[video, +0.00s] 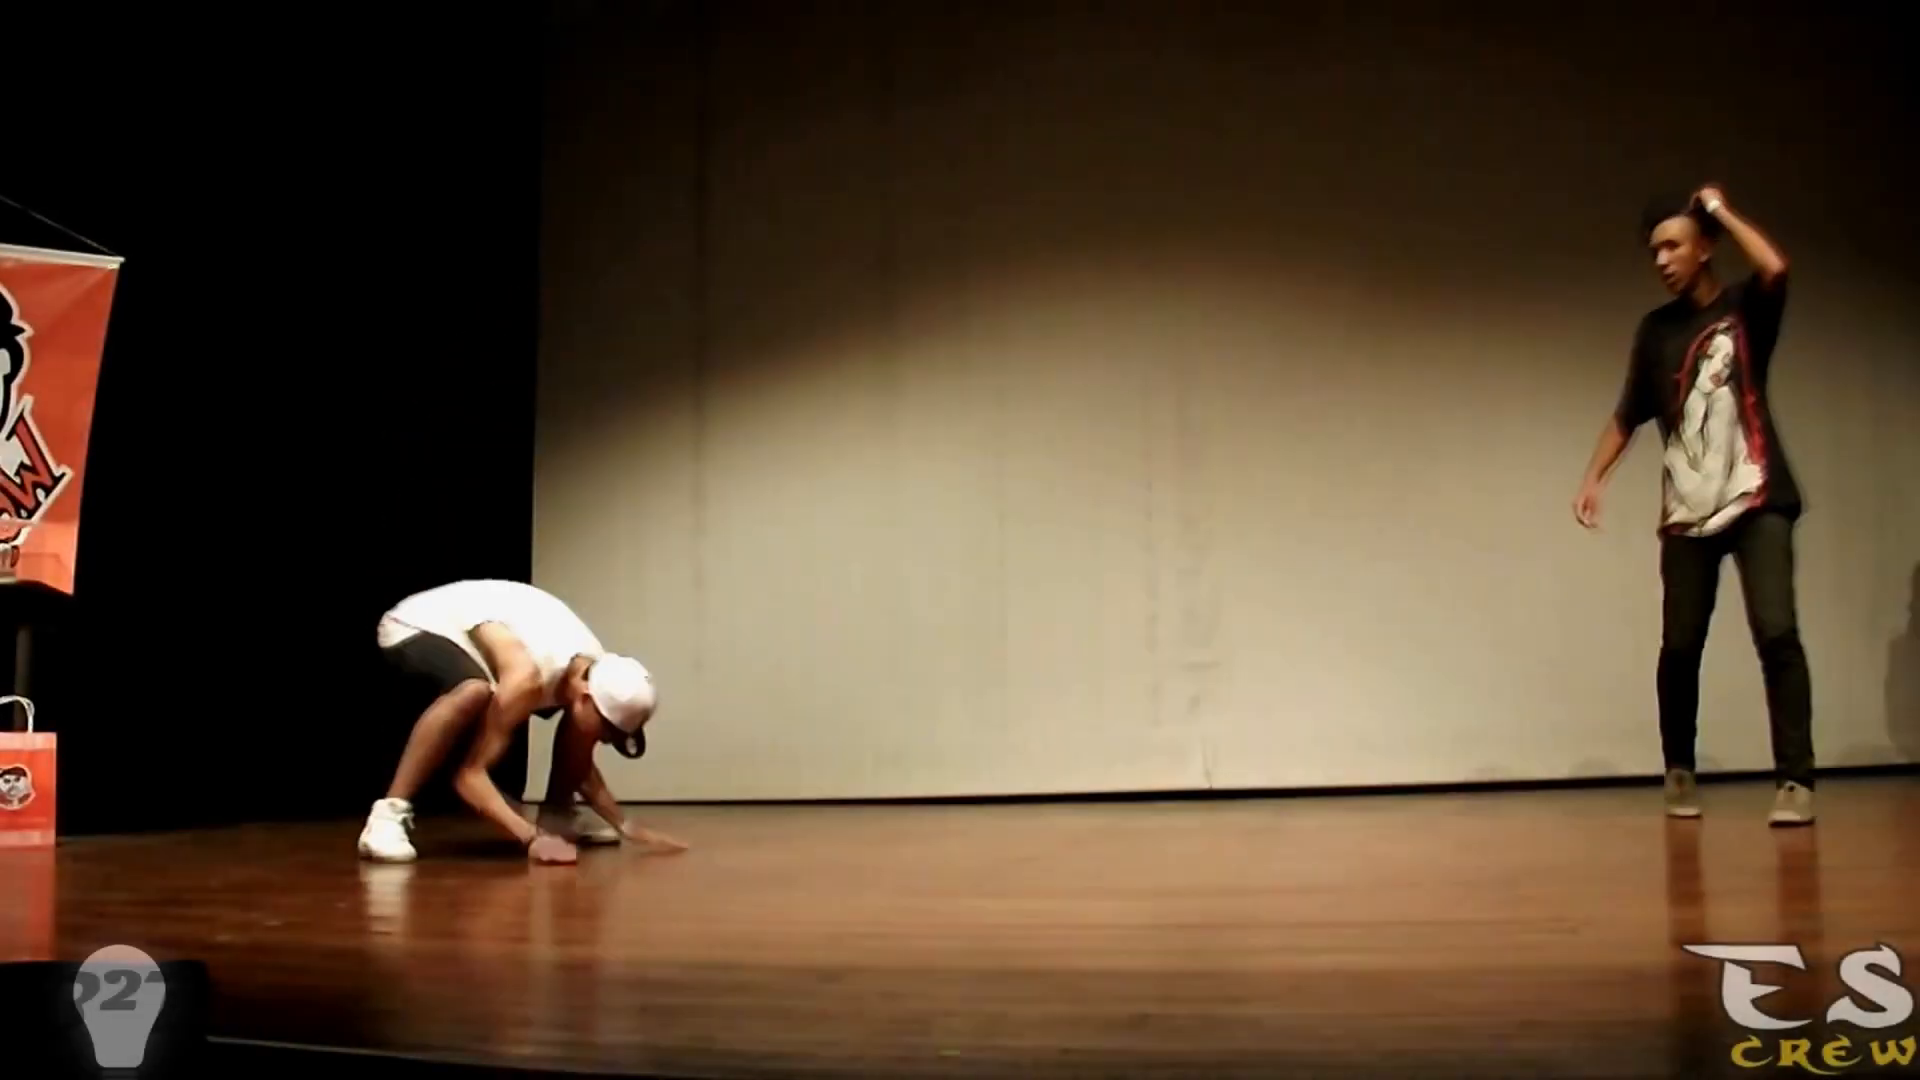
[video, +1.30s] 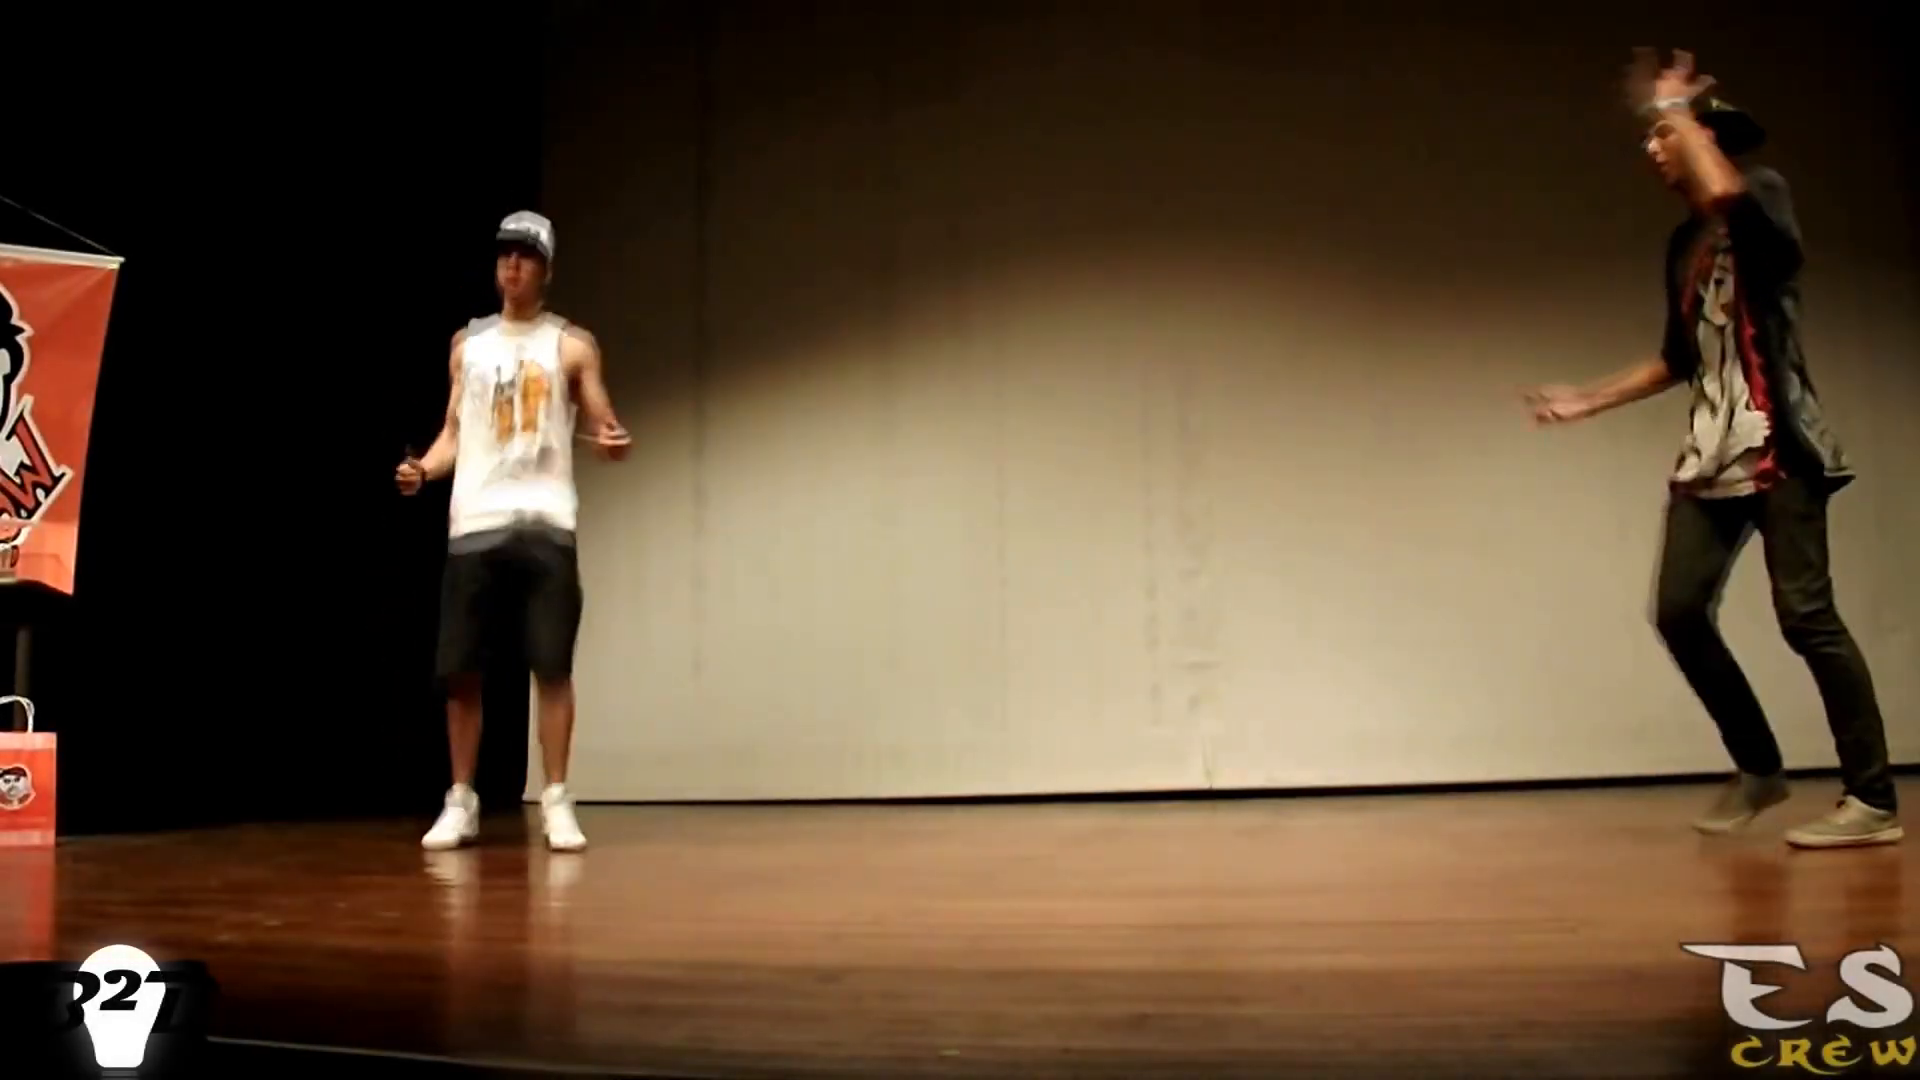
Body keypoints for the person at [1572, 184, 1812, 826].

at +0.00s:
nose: (1660, 259)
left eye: (1670, 246)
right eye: (1655, 250)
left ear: (1706, 247)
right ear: (1656, 258)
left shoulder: (1748, 308)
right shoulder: (1656, 329)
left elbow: (1774, 270)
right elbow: (1627, 415)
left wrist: (1726, 214)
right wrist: (1594, 478)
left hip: (1756, 497)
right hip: (1686, 508)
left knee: (1776, 634)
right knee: (1679, 645)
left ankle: (1795, 783)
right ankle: (1678, 773)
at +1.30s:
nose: (1653, 152)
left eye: (1664, 136)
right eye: (1649, 140)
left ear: (1707, 134)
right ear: (1658, 152)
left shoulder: (1765, 200)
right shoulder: (1683, 243)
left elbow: (1726, 192)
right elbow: (1677, 361)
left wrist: (1679, 112)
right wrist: (1585, 400)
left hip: (1782, 452)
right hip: (1710, 460)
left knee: (1808, 619)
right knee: (1679, 612)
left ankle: (1874, 798)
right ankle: (1761, 776)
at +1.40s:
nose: (1641, 140)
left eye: (1651, 126)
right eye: (1639, 132)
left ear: (1696, 132)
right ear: (1679, 139)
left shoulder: (1753, 190)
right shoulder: (1678, 231)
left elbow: (1691, 196)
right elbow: (1665, 347)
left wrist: (1601, 133)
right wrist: (1562, 371)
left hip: (1779, 441)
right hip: (1708, 444)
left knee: (1813, 616)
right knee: (1658, 600)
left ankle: (1874, 799)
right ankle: (1736, 775)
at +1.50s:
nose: (1619, 150)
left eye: (1630, 135)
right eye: (1619, 139)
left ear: (1674, 135)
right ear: (1662, 144)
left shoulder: (1731, 188)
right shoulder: (1666, 228)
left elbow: (1641, 208)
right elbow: (1640, 343)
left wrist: (1521, 184)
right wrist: (1533, 363)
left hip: (1769, 438)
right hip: (1701, 444)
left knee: (1809, 615)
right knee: (1647, 604)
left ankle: (1875, 801)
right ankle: (1682, 796)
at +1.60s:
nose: (1588, 158)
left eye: (1600, 143)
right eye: (1589, 146)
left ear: (1644, 143)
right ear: (1632, 152)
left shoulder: (1700, 193)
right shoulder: (1644, 238)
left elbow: (1603, 238)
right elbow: (1608, 343)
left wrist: (1473, 250)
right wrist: (1510, 368)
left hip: (1747, 447)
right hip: (1681, 454)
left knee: (1792, 619)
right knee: (1632, 610)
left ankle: (1872, 798)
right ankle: (1641, 805)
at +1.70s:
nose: (1545, 165)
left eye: (1558, 150)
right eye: (1546, 153)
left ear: (1602, 153)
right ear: (1589, 161)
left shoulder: (1661, 208)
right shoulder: (1614, 247)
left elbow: (1565, 276)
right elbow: (1573, 353)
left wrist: (1442, 301)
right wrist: (1479, 380)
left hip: (1717, 467)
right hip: (1650, 473)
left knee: (1757, 623)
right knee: (1609, 619)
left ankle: (1864, 788)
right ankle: (1637, 811)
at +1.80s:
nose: (1497, 187)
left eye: (1509, 171)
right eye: (1498, 173)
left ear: (1551, 171)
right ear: (1545, 177)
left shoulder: (1614, 219)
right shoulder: (1574, 264)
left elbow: (1528, 296)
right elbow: (1535, 369)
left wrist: (1402, 331)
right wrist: (1434, 397)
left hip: (1673, 468)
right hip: (1617, 474)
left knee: (1661, 622)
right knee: (1580, 627)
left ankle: (1819, 749)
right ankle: (1633, 810)